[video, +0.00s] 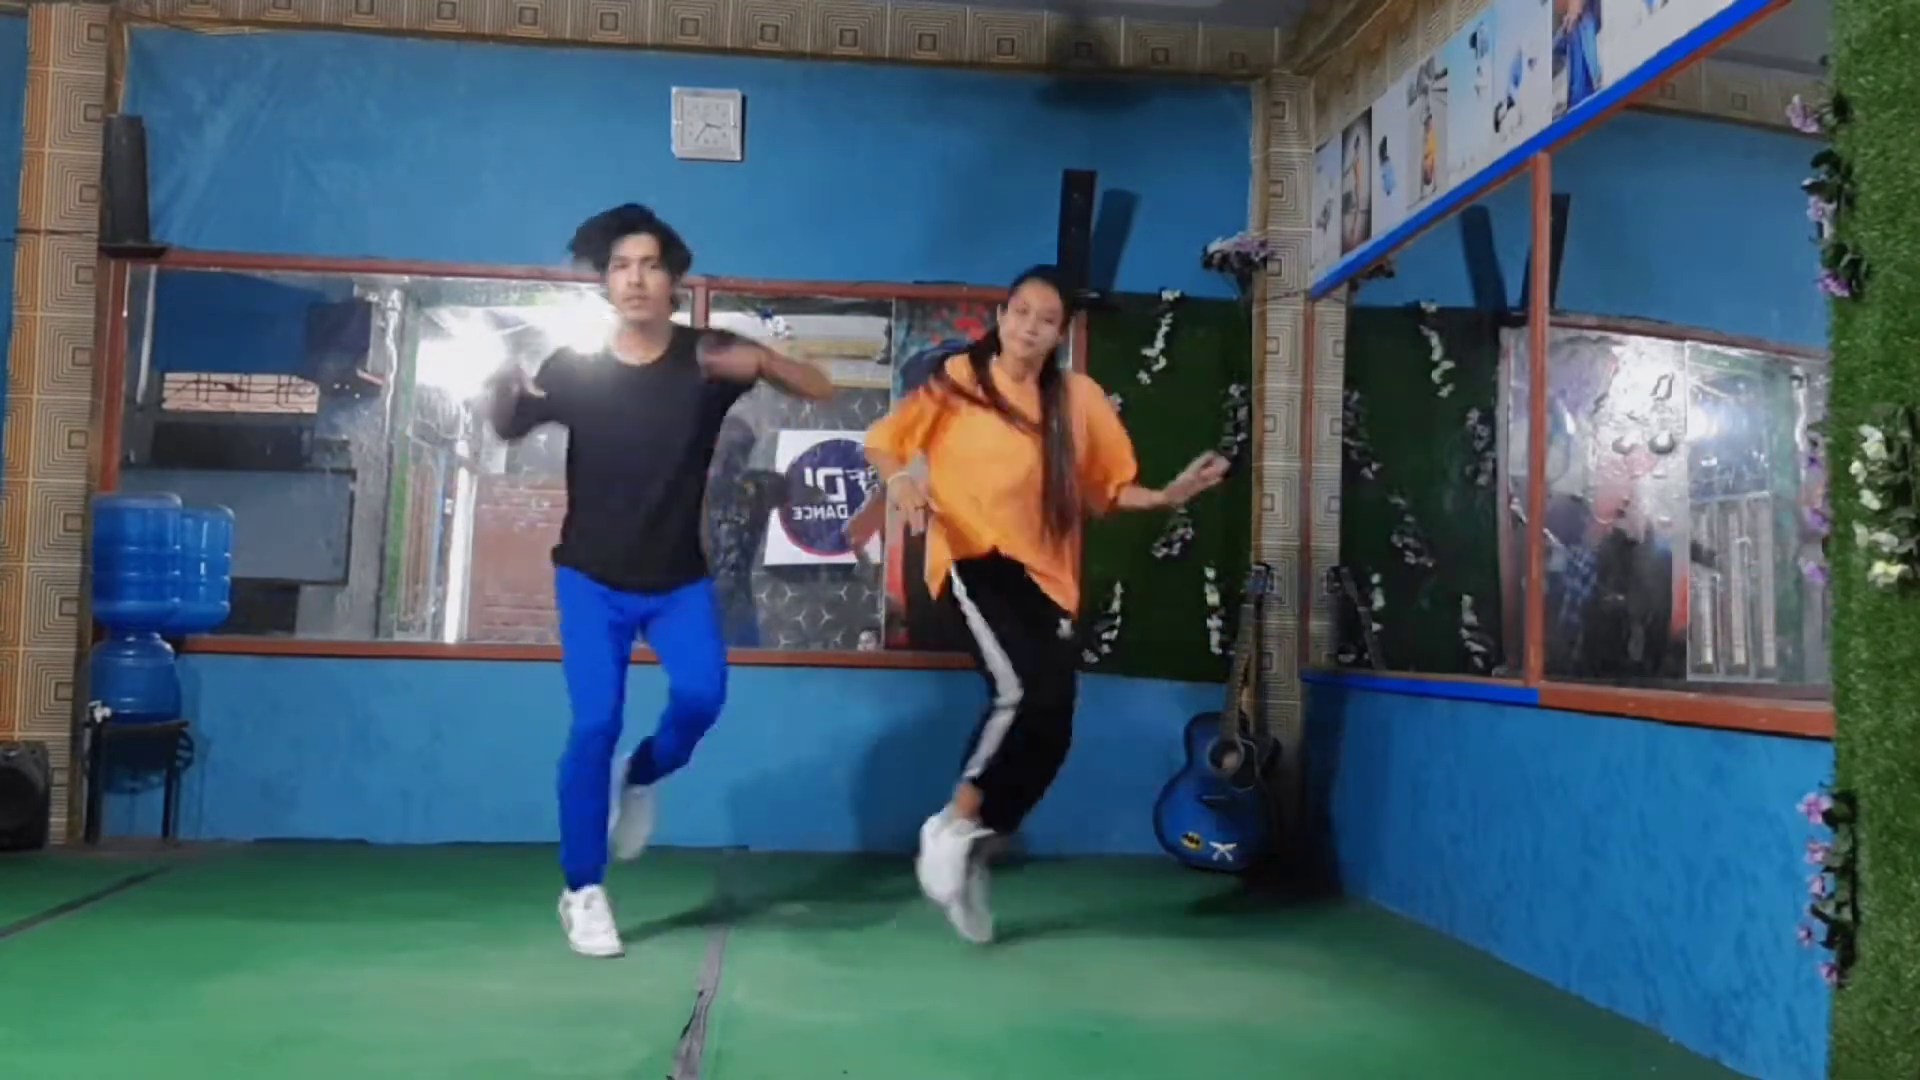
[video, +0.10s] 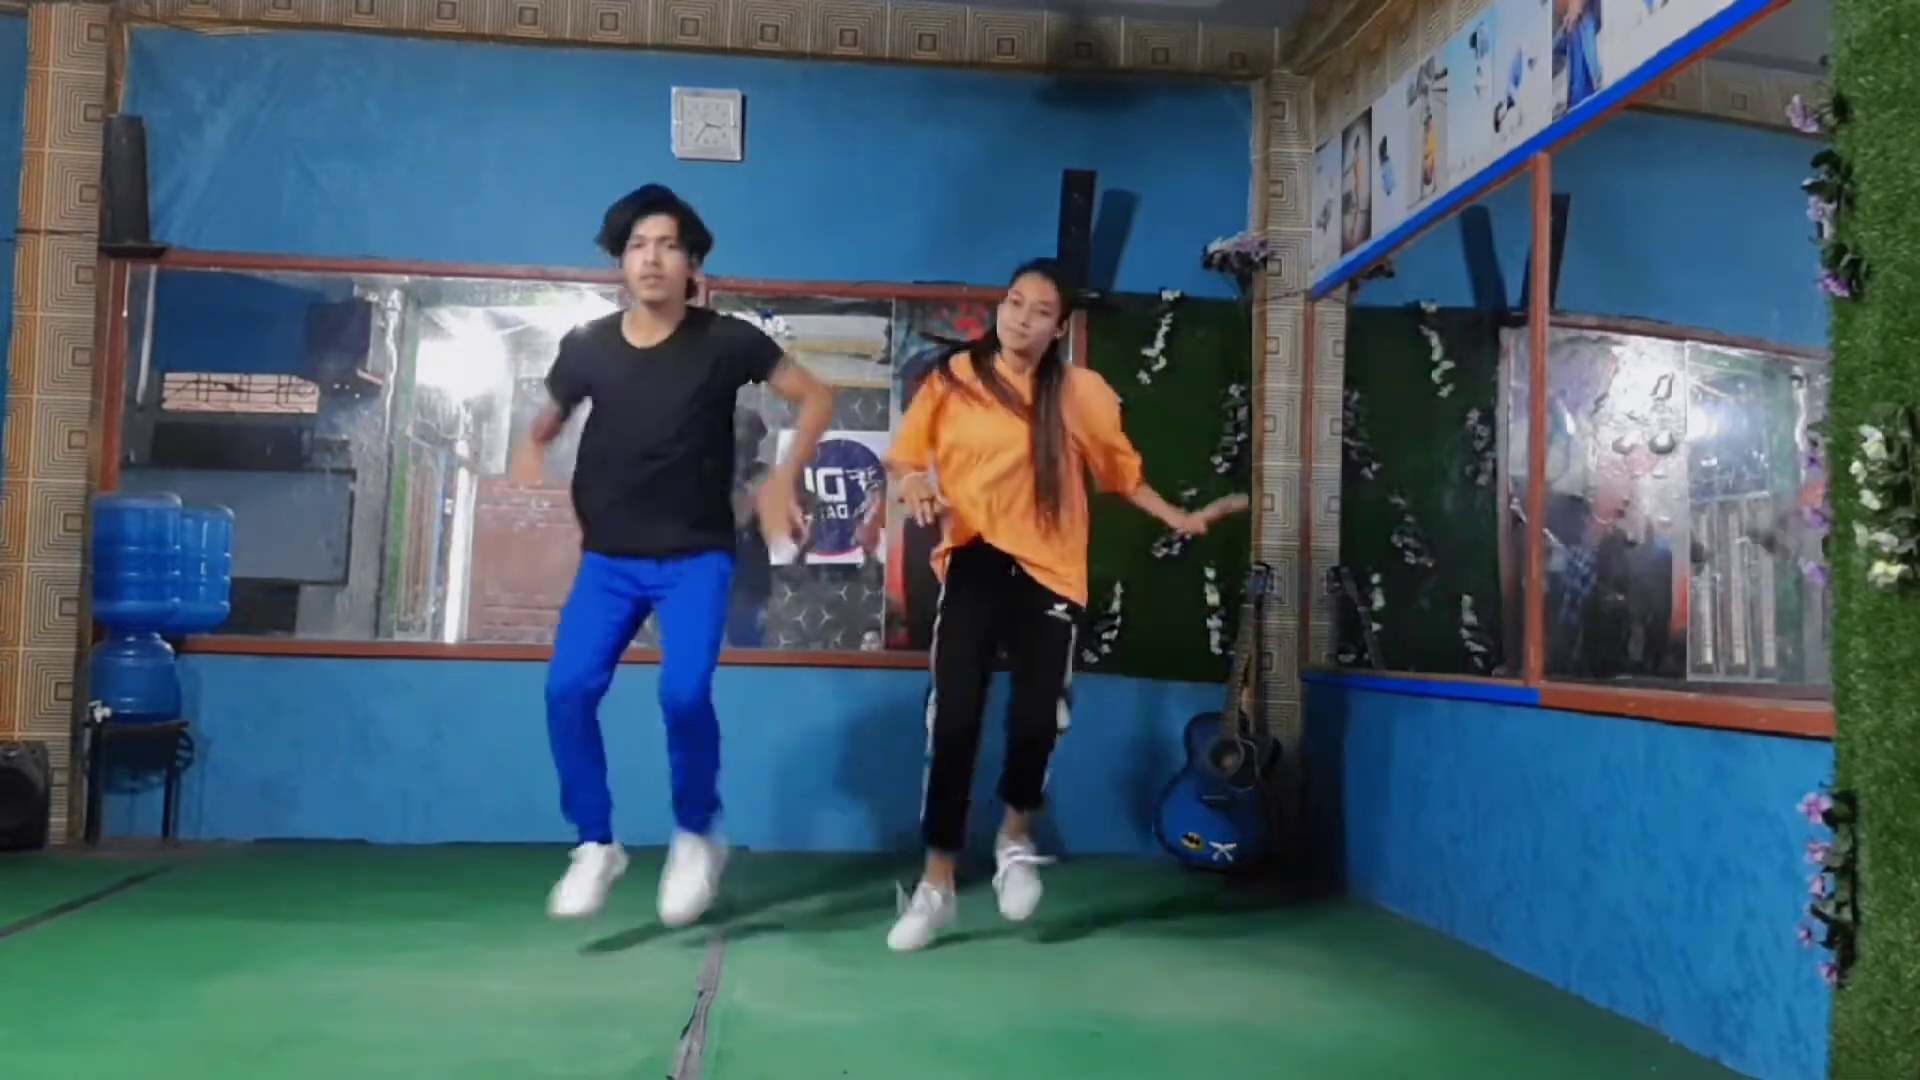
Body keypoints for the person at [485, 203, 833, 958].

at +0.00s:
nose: (636, 279)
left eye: (651, 266)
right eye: (622, 267)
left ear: (676, 282)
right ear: (603, 284)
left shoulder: (713, 360)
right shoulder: (571, 370)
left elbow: (819, 389)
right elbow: (509, 427)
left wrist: (763, 363)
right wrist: (503, 389)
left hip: (680, 582)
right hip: (591, 580)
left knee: (701, 699)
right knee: (595, 726)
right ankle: (584, 888)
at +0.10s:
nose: (652, 259)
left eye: (668, 246)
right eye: (639, 246)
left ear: (693, 265)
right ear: (619, 263)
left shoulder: (727, 340)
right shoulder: (589, 345)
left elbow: (819, 398)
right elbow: (550, 416)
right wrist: (530, 448)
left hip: (697, 560)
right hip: (609, 560)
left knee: (684, 695)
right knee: (568, 690)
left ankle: (694, 839)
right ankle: (597, 844)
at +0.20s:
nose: (663, 262)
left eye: (679, 249)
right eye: (649, 250)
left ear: (703, 268)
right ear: (629, 267)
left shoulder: (734, 358)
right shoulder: (610, 365)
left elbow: (782, 471)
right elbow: (612, 474)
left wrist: (792, 584)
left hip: (706, 582)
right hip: (631, 580)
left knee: (692, 738)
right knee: (577, 732)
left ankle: (741, 900)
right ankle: (546, 900)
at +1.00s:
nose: (653, 280)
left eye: (668, 266)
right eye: (643, 267)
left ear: (706, 273)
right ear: (636, 276)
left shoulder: (709, 334)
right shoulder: (676, 351)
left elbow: (696, 405)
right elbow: (698, 464)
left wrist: (630, 386)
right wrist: (653, 527)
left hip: (734, 563)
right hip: (698, 564)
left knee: (633, 706)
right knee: (586, 699)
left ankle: (719, 867)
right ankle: (653, 850)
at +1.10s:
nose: (649, 289)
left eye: (664, 274)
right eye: (641, 277)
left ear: (704, 282)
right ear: (637, 284)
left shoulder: (698, 344)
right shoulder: (683, 357)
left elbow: (660, 429)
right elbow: (714, 463)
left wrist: (599, 478)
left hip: (728, 585)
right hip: (686, 591)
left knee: (691, 758)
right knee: (595, 729)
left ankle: (753, 916)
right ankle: (571, 905)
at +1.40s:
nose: (636, 307)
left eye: (653, 293)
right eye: (624, 294)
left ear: (688, 304)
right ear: (613, 306)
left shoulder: (718, 381)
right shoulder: (609, 404)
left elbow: (761, 485)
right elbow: (568, 501)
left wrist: (784, 588)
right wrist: (516, 589)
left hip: (672, 606)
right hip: (603, 608)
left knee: (607, 761)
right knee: (514, 737)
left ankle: (719, 888)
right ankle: (556, 902)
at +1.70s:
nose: (636, 292)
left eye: (650, 277)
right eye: (621, 279)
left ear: (672, 287)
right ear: (599, 290)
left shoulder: (699, 388)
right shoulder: (553, 367)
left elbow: (700, 487)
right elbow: (491, 434)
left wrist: (696, 569)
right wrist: (522, 514)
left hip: (676, 595)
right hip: (586, 592)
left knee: (720, 737)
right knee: (561, 752)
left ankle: (675, 897)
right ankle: (493, 893)